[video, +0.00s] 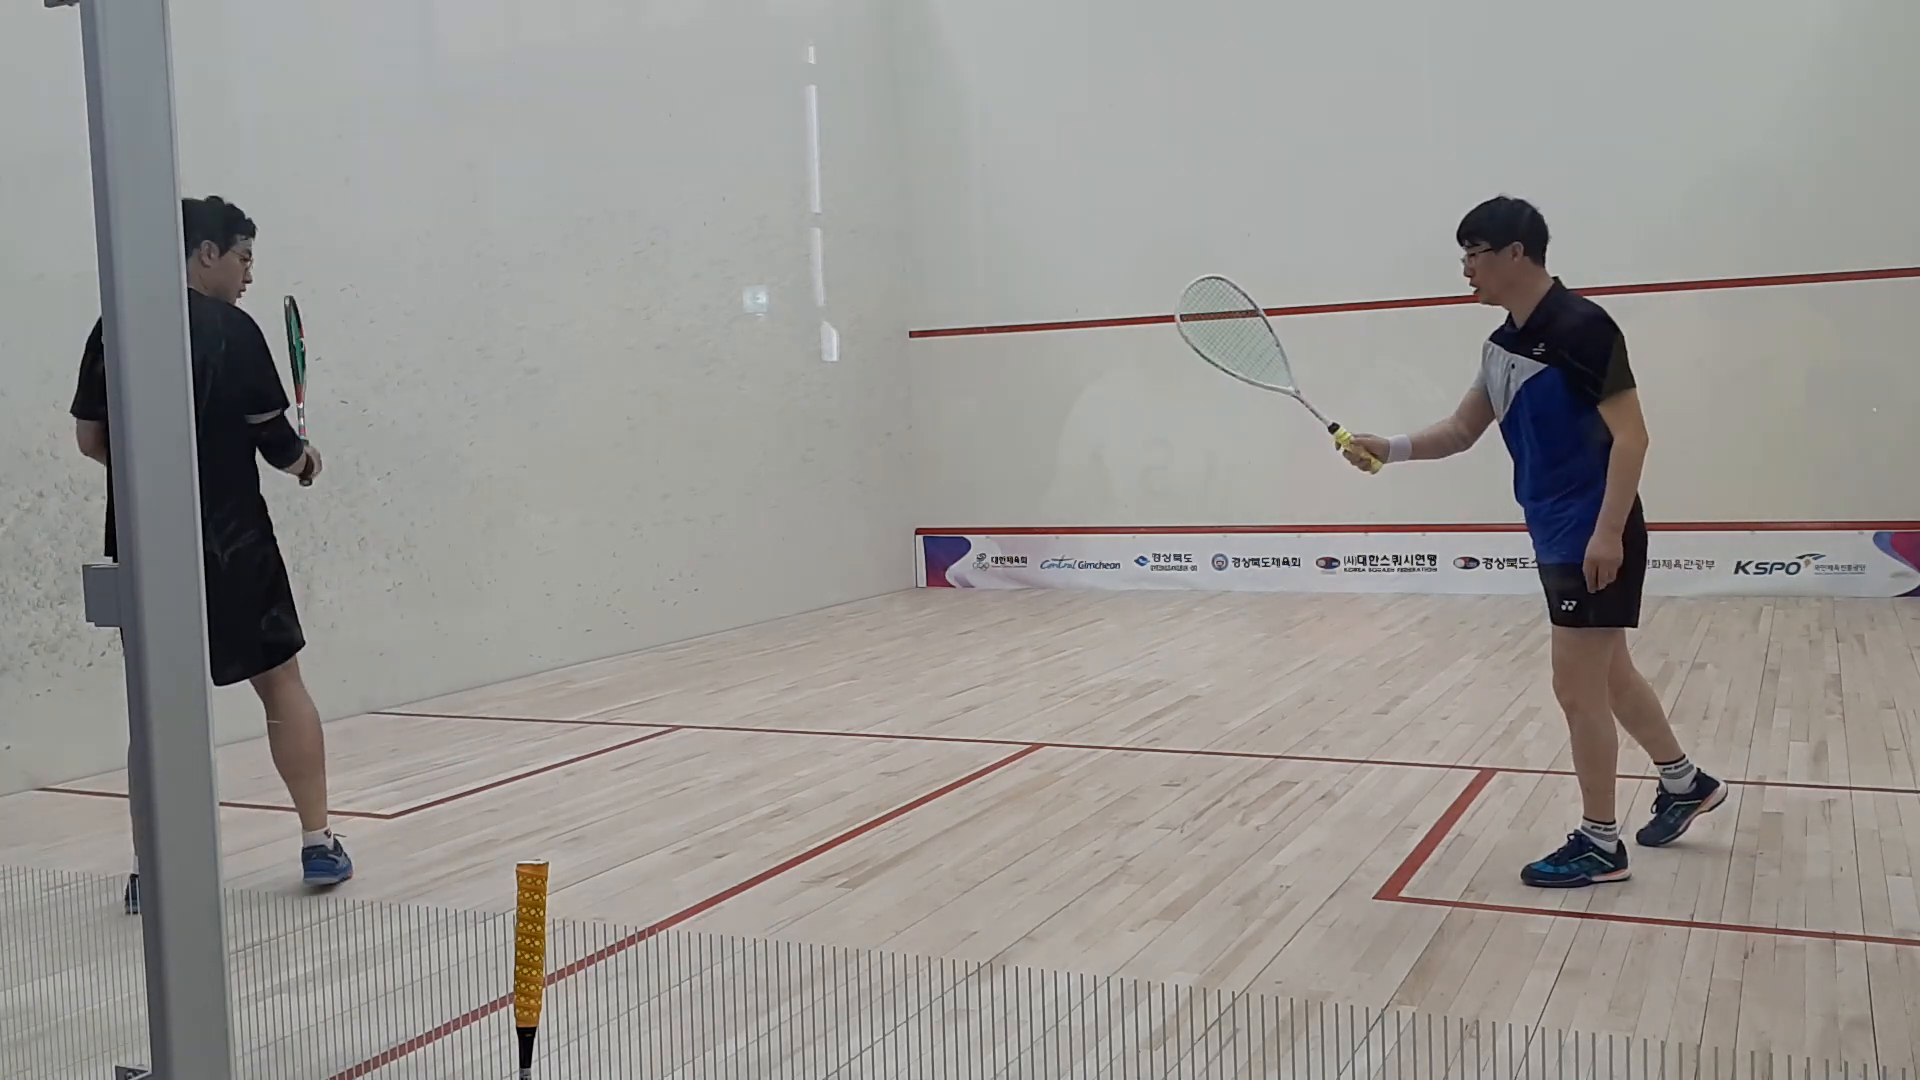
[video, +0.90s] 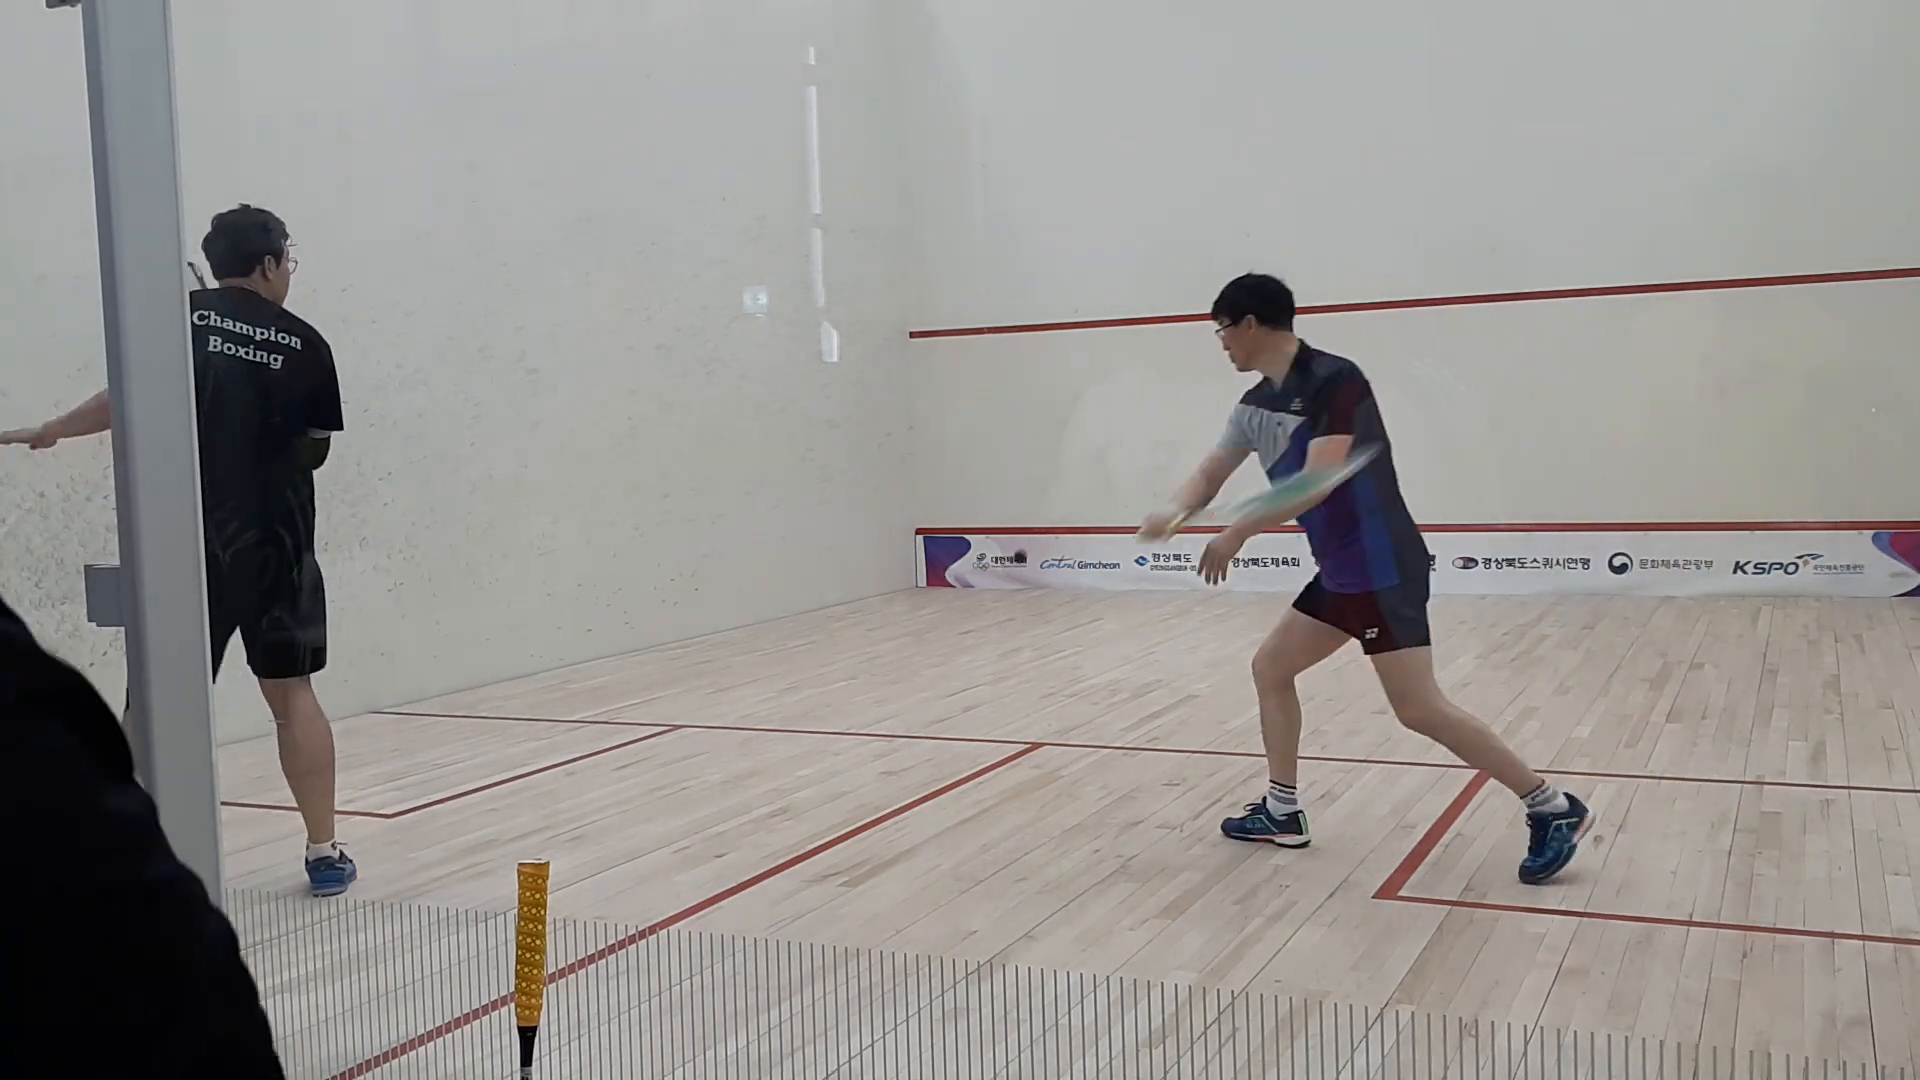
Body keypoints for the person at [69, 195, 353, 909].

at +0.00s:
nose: (249, 273)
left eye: (249, 259)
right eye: (242, 259)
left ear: (187, 257)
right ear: (206, 256)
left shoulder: (113, 323)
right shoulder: (231, 330)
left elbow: (91, 437)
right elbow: (272, 437)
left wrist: (157, 455)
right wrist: (303, 460)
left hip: (143, 549)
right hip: (232, 543)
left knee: (153, 711)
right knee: (282, 690)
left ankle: (152, 869)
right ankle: (319, 843)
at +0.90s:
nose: (293, 271)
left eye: (290, 260)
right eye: (289, 261)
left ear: (215, 269)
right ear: (272, 267)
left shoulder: (177, 321)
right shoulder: (305, 345)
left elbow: (115, 403)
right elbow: (314, 452)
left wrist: (51, 431)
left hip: (186, 547)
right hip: (276, 550)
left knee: (155, 699)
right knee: (294, 696)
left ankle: (135, 855)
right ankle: (324, 853)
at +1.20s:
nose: (221, 283)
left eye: (217, 271)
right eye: (217, 272)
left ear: (145, 271)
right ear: (202, 277)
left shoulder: (108, 328)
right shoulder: (239, 354)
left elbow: (70, 408)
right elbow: (245, 461)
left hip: (115, 560)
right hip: (216, 564)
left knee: (78, 699)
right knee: (247, 693)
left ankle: (86, 867)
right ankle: (316, 843)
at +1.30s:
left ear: (107, 259)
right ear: (177, 265)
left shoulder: (72, 334)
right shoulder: (205, 353)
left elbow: (30, 419)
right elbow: (210, 464)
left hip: (85, 557)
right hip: (181, 562)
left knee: (59, 703)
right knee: (206, 685)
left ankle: (84, 867)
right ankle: (278, 810)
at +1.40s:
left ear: (76, 270)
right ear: (141, 263)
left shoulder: (44, 334)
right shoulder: (176, 347)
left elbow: (4, 424)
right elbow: (189, 451)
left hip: (69, 559)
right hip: (159, 560)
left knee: (44, 697)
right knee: (171, 697)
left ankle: (82, 865)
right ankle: (204, 827)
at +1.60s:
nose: (110, 308)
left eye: (105, 299)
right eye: (107, 300)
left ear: (36, 304)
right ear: (93, 303)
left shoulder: (14, 358)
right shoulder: (122, 359)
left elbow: (5, 462)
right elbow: (146, 461)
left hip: (40, 575)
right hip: (114, 572)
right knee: (103, 694)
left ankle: (62, 847)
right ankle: (158, 823)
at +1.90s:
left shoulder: (23, 399)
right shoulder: (29, 396)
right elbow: (58, 503)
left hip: (19, 590)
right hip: (53, 585)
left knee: (54, 709)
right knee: (56, 707)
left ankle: (149, 819)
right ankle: (150, 820)